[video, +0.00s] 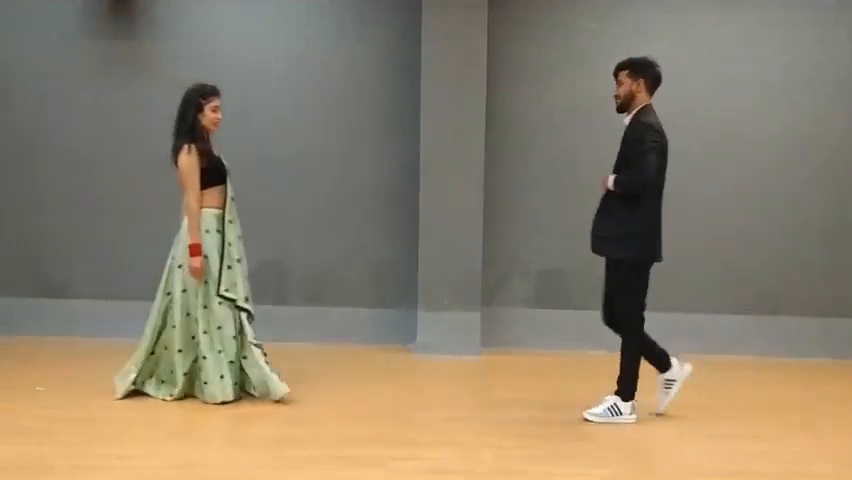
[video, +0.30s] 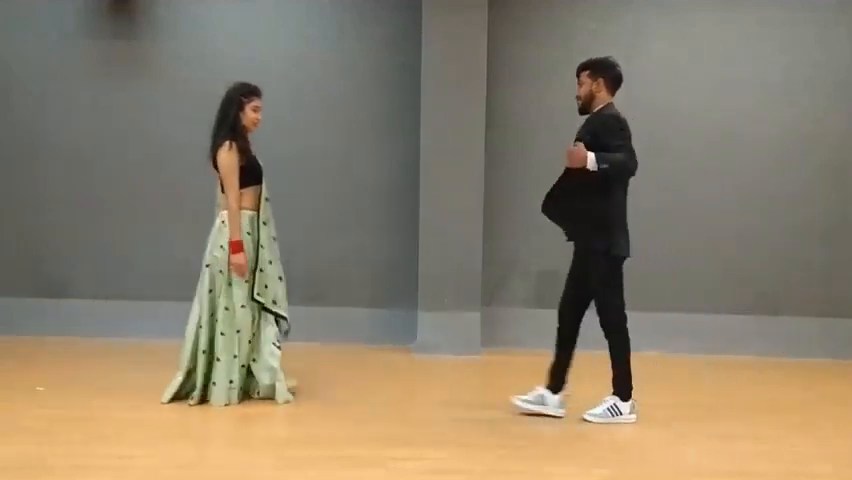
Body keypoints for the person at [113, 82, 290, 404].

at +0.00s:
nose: (219, 116)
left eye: (219, 110)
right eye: (213, 110)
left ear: (213, 113)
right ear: (196, 112)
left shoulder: (206, 149)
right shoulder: (189, 151)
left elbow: (208, 201)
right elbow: (191, 201)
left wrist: (224, 242)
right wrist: (195, 248)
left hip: (218, 234)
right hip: (204, 234)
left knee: (218, 307)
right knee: (204, 309)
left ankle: (219, 376)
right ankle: (206, 377)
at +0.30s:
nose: (259, 116)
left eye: (260, 110)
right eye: (254, 110)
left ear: (247, 111)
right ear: (237, 110)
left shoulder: (241, 147)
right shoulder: (229, 149)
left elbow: (239, 199)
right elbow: (232, 199)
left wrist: (249, 243)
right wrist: (236, 246)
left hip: (252, 233)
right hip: (239, 235)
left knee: (251, 309)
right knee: (237, 310)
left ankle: (250, 378)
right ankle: (232, 380)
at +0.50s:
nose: (283, 122)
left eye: (284, 116)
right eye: (279, 116)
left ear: (272, 118)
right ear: (262, 116)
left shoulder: (264, 153)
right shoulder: (253, 155)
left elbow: (262, 207)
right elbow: (256, 207)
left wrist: (269, 250)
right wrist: (262, 253)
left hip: (273, 238)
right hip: (261, 239)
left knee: (275, 310)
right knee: (261, 311)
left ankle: (274, 377)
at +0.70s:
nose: (313, 120)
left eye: (314, 114)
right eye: (309, 114)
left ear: (302, 117)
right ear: (293, 114)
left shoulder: (298, 152)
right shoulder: (289, 154)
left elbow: (296, 206)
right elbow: (292, 207)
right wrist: (296, 254)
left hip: (312, 240)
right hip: (301, 241)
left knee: (309, 311)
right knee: (297, 313)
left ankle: (305, 380)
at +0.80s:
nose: (326, 119)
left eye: (327, 113)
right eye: (321, 113)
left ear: (315, 118)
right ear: (305, 116)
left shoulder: (310, 153)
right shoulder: (303, 156)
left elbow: (312, 207)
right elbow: (307, 208)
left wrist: (319, 250)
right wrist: (313, 253)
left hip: (322, 241)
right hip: (311, 243)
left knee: (322, 312)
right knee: (313, 314)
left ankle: (311, 380)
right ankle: (268, 376)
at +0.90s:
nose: (338, 119)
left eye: (339, 113)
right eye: (333, 112)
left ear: (329, 115)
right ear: (318, 114)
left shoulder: (322, 151)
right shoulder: (314, 153)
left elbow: (323, 203)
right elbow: (322, 204)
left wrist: (334, 246)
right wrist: (329, 249)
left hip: (329, 236)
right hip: (323, 239)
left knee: (332, 311)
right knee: (329, 312)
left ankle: (317, 379)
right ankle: (306, 377)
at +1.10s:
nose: (361, 120)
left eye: (362, 114)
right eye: (356, 114)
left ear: (351, 118)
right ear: (340, 117)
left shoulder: (345, 152)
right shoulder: (343, 153)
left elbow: (353, 195)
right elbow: (353, 195)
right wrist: (359, 239)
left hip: (346, 231)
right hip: (345, 233)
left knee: (349, 305)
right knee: (349, 306)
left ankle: (351, 374)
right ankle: (353, 376)